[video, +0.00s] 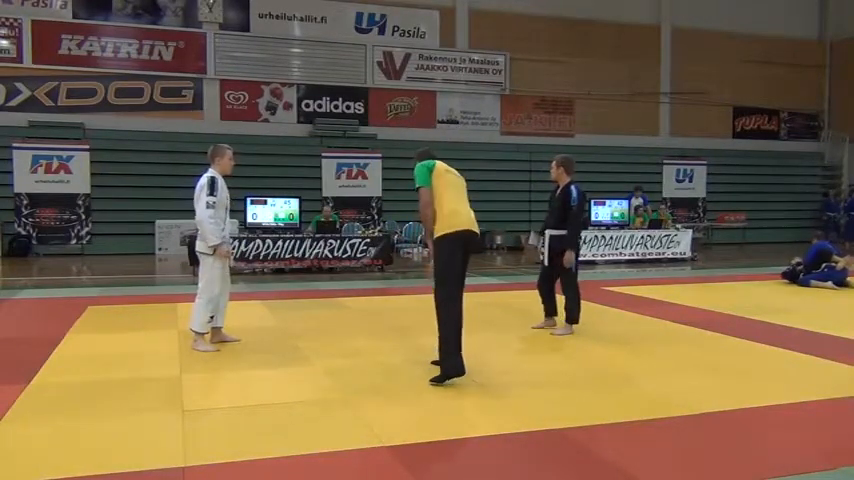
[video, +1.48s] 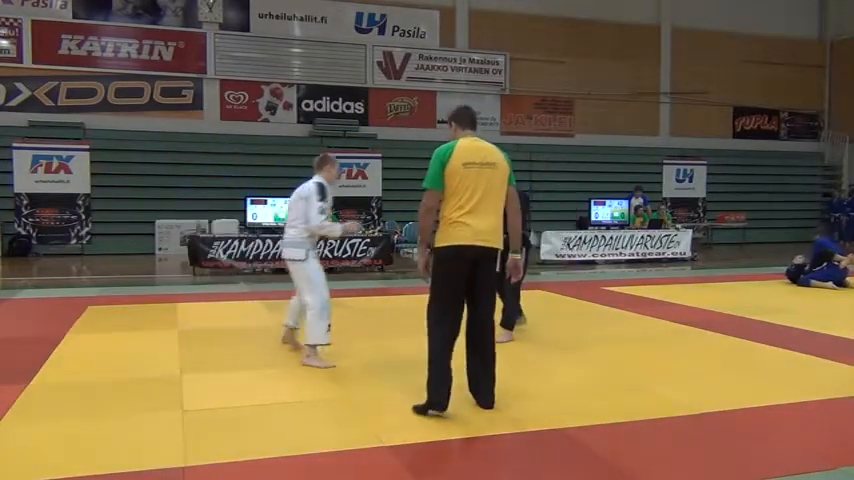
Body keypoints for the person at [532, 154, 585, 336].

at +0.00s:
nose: (550, 171)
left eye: (552, 168)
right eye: (551, 168)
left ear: (561, 170)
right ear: (561, 170)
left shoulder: (573, 191)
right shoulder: (556, 191)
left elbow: (575, 223)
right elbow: (551, 218)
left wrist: (571, 249)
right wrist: (541, 237)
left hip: (565, 243)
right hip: (551, 242)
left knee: (569, 285)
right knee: (544, 283)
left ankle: (569, 323)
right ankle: (549, 318)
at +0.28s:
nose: (545, 172)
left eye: (548, 169)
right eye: (544, 169)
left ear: (559, 169)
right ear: (552, 171)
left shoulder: (569, 191)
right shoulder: (551, 192)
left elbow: (575, 218)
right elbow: (547, 216)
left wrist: (560, 232)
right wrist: (533, 232)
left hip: (566, 244)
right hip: (550, 243)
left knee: (569, 284)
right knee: (540, 282)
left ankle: (570, 323)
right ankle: (537, 318)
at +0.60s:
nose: (526, 176)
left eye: (528, 172)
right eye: (525, 173)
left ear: (539, 171)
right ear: (530, 174)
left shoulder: (554, 189)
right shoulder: (534, 193)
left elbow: (563, 218)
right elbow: (532, 220)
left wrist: (544, 222)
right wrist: (517, 230)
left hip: (557, 243)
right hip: (541, 243)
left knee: (564, 282)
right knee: (535, 282)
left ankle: (569, 323)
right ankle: (527, 319)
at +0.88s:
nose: (506, 179)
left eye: (508, 175)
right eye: (505, 176)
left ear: (518, 173)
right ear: (515, 175)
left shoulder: (534, 190)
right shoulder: (517, 193)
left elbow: (538, 216)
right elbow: (513, 219)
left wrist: (535, 238)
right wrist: (500, 241)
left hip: (541, 238)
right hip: (525, 239)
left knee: (543, 281)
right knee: (523, 282)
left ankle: (560, 317)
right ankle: (524, 320)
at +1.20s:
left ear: (508, 176)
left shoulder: (523, 191)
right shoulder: (502, 194)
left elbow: (530, 219)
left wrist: (523, 242)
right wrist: (505, 242)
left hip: (528, 240)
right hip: (513, 240)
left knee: (526, 281)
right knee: (514, 282)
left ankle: (523, 322)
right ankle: (521, 318)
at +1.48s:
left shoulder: (519, 196)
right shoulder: (495, 195)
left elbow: (521, 221)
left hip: (517, 240)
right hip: (500, 239)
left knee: (512, 283)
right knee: (498, 280)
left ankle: (507, 327)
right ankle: (517, 312)